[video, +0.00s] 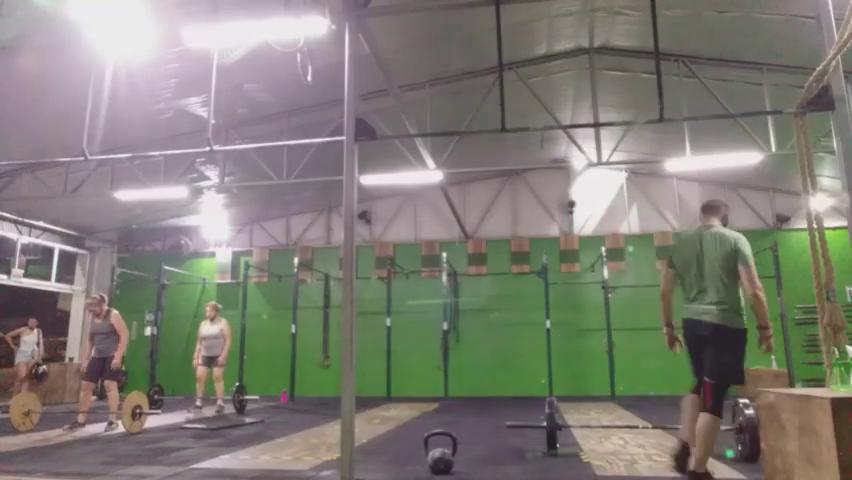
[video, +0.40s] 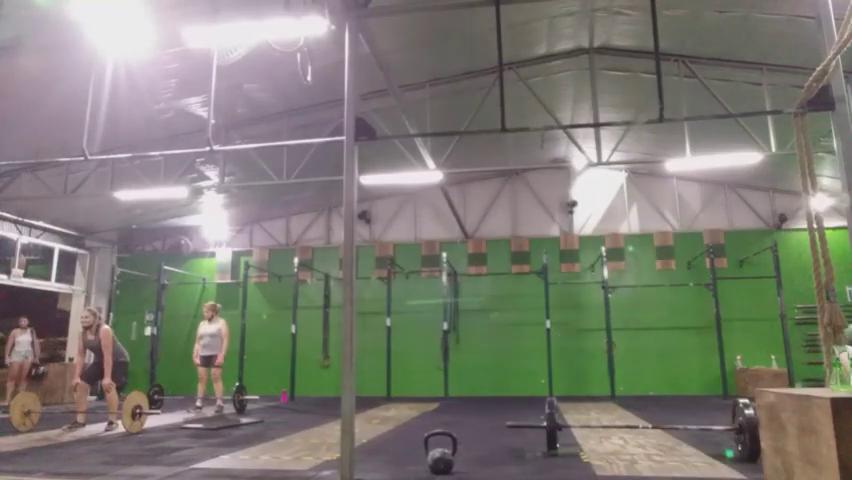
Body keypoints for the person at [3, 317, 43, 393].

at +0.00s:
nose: (33, 324)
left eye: (35, 322)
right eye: (31, 321)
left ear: (37, 323)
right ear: (28, 322)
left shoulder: (38, 331)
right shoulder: (23, 330)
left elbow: (41, 344)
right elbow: (7, 336)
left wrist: (40, 355)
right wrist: (14, 347)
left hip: (32, 355)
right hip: (22, 354)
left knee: (27, 376)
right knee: (22, 376)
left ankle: (23, 395)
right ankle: (15, 395)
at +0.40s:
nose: (23, 323)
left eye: (25, 321)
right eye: (21, 321)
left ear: (28, 322)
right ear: (19, 322)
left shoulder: (31, 331)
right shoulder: (15, 332)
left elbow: (36, 344)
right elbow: (9, 344)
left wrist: (37, 357)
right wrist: (7, 356)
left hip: (28, 356)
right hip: (16, 356)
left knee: (24, 378)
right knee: (11, 378)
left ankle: (21, 398)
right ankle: (8, 399)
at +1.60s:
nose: (11, 320)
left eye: (13, 319)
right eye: (10, 318)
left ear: (17, 320)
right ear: (6, 320)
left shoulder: (20, 329)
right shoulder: (3, 330)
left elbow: (24, 344)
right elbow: (2, 342)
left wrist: (25, 357)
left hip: (16, 354)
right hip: (3, 354)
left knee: (11, 377)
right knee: (2, 376)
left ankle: (9, 399)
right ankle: (2, 396)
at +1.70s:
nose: (2, 320)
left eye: (3, 317)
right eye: (1, 317)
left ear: (7, 318)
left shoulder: (12, 328)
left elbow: (16, 342)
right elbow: (16, 343)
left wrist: (16, 356)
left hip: (7, 354)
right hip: (2, 354)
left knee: (4, 377)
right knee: (3, 378)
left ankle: (7, 398)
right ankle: (6, 398)